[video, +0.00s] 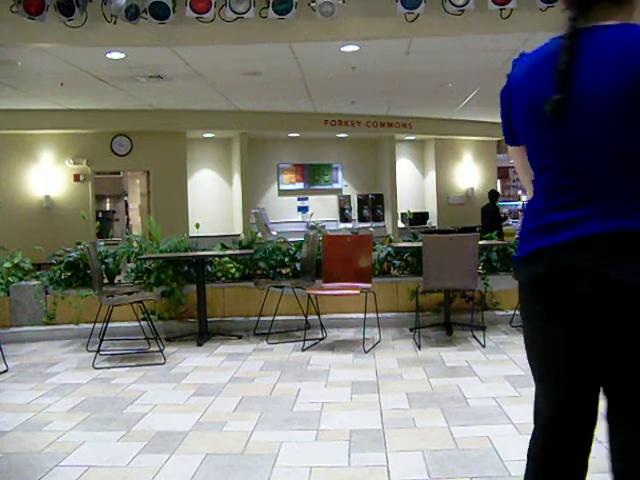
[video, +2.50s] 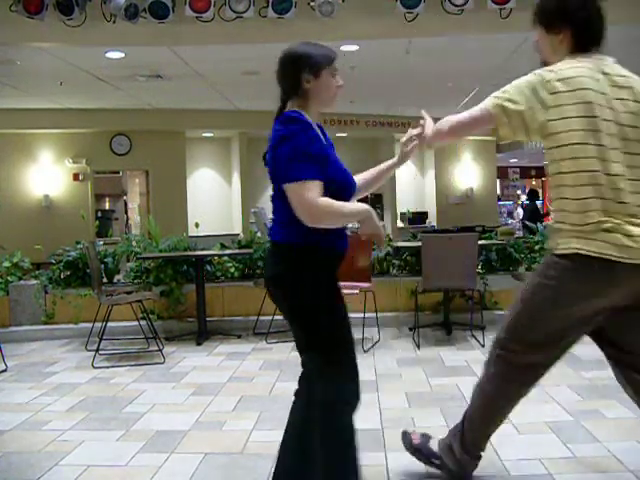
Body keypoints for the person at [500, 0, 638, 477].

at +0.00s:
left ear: (568, 1)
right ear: (632, 1)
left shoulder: (528, 71)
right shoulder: (634, 48)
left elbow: (531, 182)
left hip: (549, 263)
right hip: (632, 262)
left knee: (558, 430)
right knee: (637, 432)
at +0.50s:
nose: (567, 20)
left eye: (568, 11)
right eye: (553, 11)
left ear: (578, 25)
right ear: (514, 22)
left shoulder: (589, 94)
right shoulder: (483, 77)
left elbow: (614, 184)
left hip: (582, 271)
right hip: (506, 271)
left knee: (564, 436)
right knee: (531, 439)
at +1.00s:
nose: (471, 34)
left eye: (481, 21)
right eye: (461, 27)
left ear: (510, 28)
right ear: (457, 41)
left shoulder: (543, 81)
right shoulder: (456, 90)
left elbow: (588, 170)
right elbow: (395, 54)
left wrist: (601, 111)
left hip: (534, 269)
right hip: (467, 268)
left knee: (524, 415)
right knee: (433, 409)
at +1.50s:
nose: (382, 72)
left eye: (388, 63)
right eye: (384, 64)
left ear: (414, 62)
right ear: (420, 64)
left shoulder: (434, 102)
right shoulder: (434, 112)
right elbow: (402, 161)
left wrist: (353, 28)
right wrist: (348, 137)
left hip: (418, 279)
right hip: (438, 276)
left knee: (373, 404)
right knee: (411, 397)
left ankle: (439, 475)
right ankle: (438, 474)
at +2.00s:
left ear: (348, 66)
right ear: (395, 65)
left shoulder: (329, 106)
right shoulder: (423, 114)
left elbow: (317, 63)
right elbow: (446, 200)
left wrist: (365, 42)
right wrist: (412, 194)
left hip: (339, 257)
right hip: (405, 256)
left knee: (334, 383)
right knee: (410, 382)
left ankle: (333, 476)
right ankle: (423, 477)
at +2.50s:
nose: (341, 82)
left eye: (338, 74)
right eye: (332, 74)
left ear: (309, 81)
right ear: (306, 80)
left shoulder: (312, 129)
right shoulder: (294, 131)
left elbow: (345, 189)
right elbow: (309, 208)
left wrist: (398, 160)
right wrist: (362, 211)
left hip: (312, 266)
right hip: (300, 268)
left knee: (323, 379)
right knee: (338, 386)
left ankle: (293, 475)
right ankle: (332, 475)